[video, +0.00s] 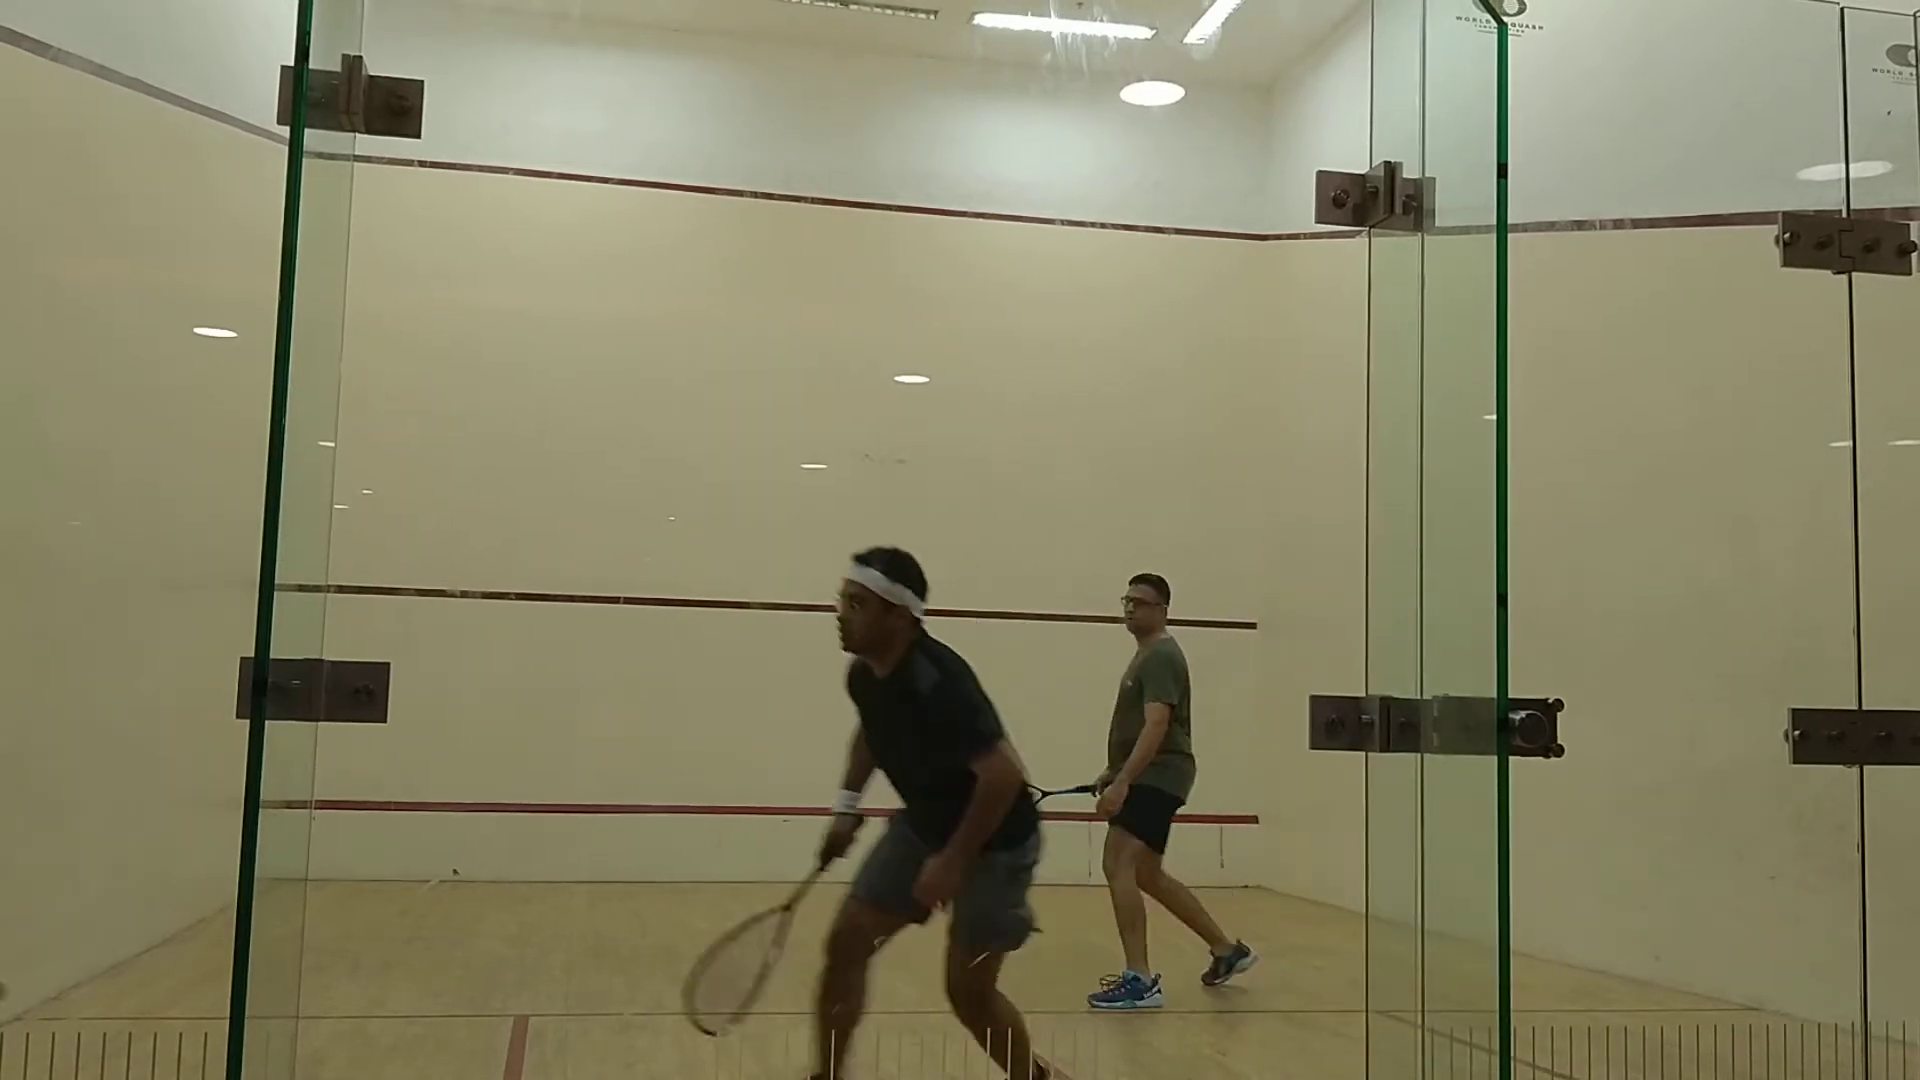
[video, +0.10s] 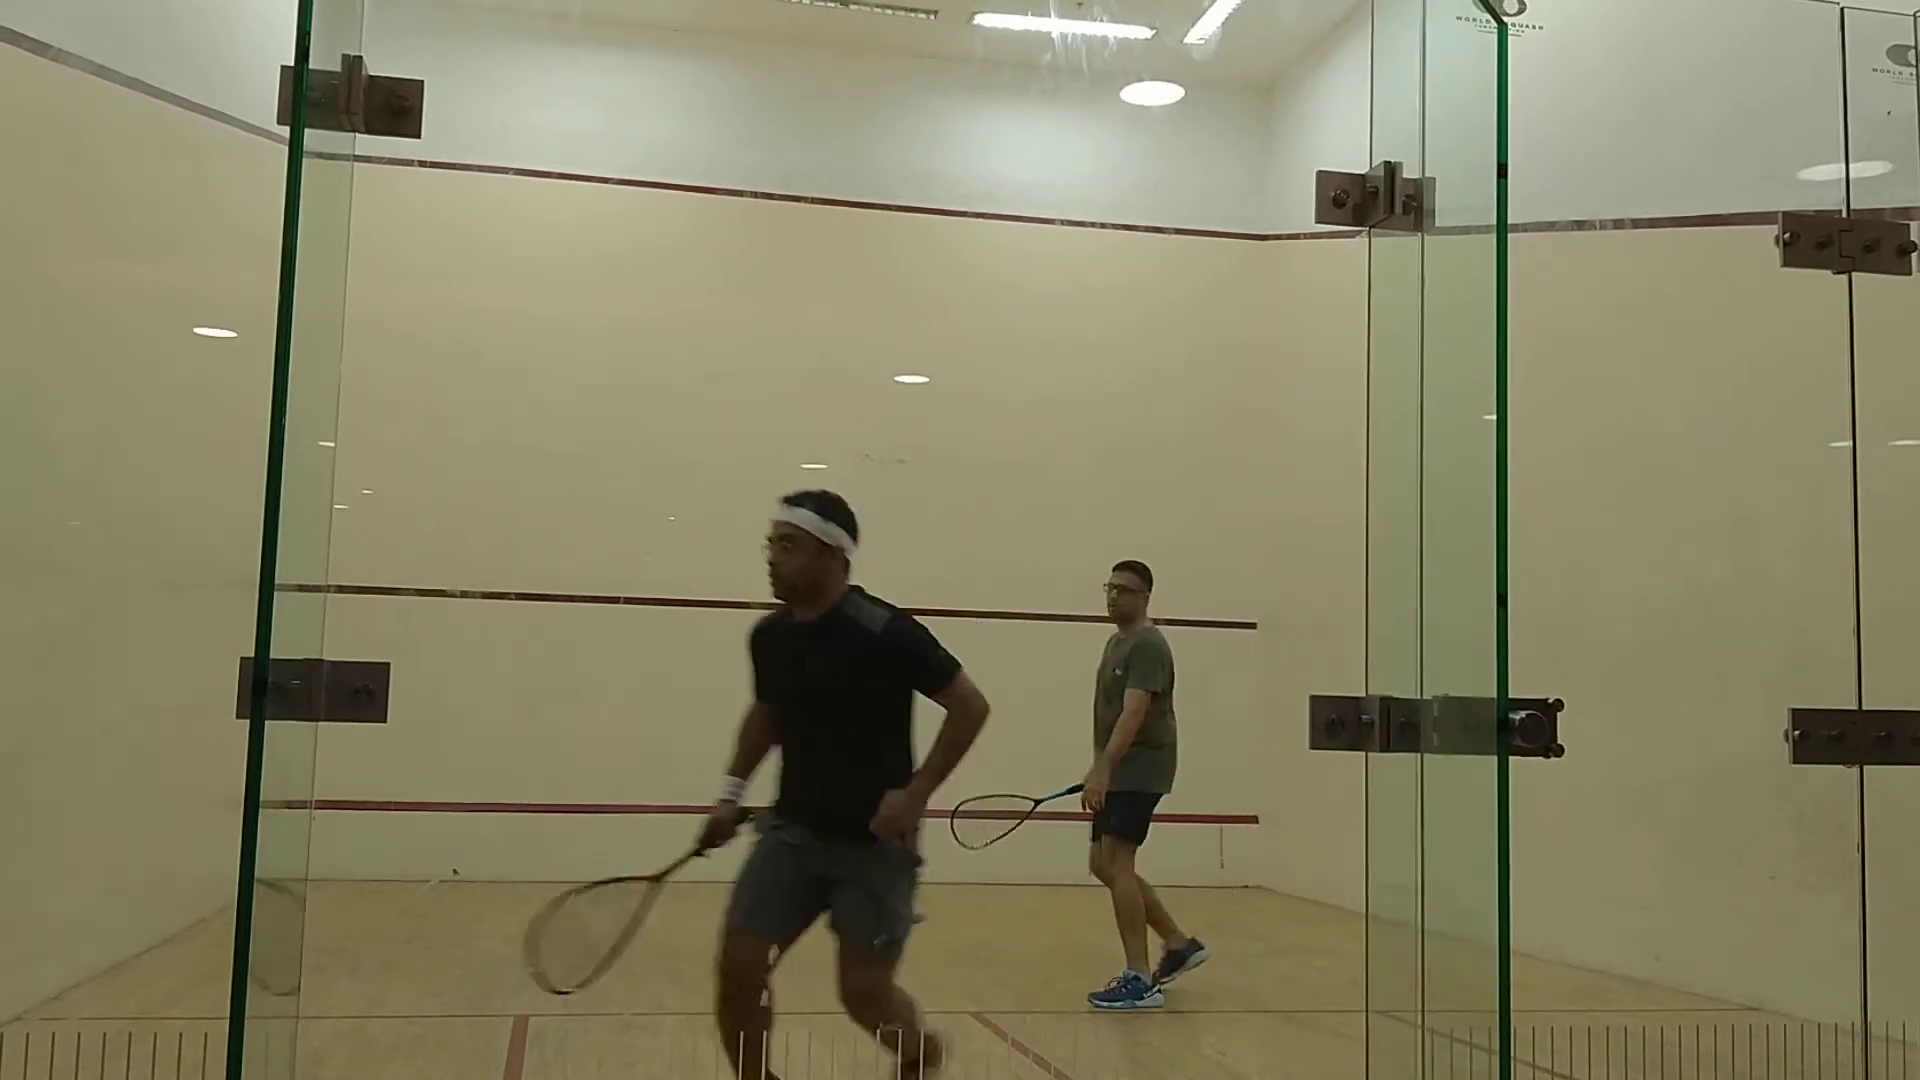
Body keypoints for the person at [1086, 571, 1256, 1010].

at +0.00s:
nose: (1130, 609)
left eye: (1141, 603)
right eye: (1128, 602)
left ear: (1162, 610)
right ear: (1126, 608)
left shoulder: (1161, 656)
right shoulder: (1148, 654)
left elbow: (1156, 728)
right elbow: (1141, 727)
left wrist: (1121, 783)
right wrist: (1113, 773)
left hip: (1153, 778)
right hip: (1154, 779)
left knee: (1118, 866)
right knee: (1148, 875)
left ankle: (1139, 979)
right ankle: (1226, 949)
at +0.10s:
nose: (1114, 597)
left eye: (1125, 591)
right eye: (1111, 589)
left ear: (1145, 598)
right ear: (1108, 593)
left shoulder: (1147, 645)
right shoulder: (1120, 642)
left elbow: (1133, 715)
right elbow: (1116, 715)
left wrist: (1101, 771)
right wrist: (1099, 772)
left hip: (1139, 773)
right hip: (1121, 772)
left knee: (1118, 865)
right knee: (1101, 863)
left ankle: (1138, 977)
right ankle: (1178, 942)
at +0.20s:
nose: (1096, 585)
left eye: (1106, 580)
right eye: (1092, 578)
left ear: (1126, 586)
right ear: (1087, 582)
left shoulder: (1130, 635)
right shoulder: (1096, 633)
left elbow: (1122, 703)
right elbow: (1091, 702)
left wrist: (1086, 758)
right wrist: (1074, 753)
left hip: (1126, 772)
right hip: (1097, 769)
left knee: (1126, 863)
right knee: (1069, 853)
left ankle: (1141, 975)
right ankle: (1110, 957)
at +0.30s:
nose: (1075, 585)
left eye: (1086, 579)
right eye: (1070, 577)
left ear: (1104, 587)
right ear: (1064, 583)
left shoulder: (1105, 633)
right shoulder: (1077, 634)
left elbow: (1108, 702)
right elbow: (1069, 703)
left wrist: (1071, 757)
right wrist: (1047, 752)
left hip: (1102, 774)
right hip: (1070, 772)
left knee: (1107, 867)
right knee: (1045, 855)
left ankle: (1138, 976)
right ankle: (1051, 968)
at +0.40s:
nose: (1050, 586)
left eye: (1061, 580)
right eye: (1046, 580)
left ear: (1082, 586)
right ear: (1041, 585)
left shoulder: (1084, 635)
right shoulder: (1053, 636)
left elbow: (1089, 704)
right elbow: (1045, 708)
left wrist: (1061, 760)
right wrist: (1021, 758)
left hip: (1073, 776)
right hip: (1043, 773)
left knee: (1053, 866)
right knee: (1022, 856)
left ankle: (1124, 960)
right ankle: (1043, 969)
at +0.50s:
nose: (1027, 587)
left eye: (1037, 580)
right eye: (1022, 579)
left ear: (1057, 586)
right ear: (1016, 584)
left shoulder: (1063, 634)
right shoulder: (1027, 637)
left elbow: (1072, 706)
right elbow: (1016, 709)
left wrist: (1054, 765)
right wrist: (993, 761)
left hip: (1039, 771)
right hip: (1019, 770)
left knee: (996, 856)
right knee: (1018, 865)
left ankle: (1065, 942)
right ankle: (1043, 969)